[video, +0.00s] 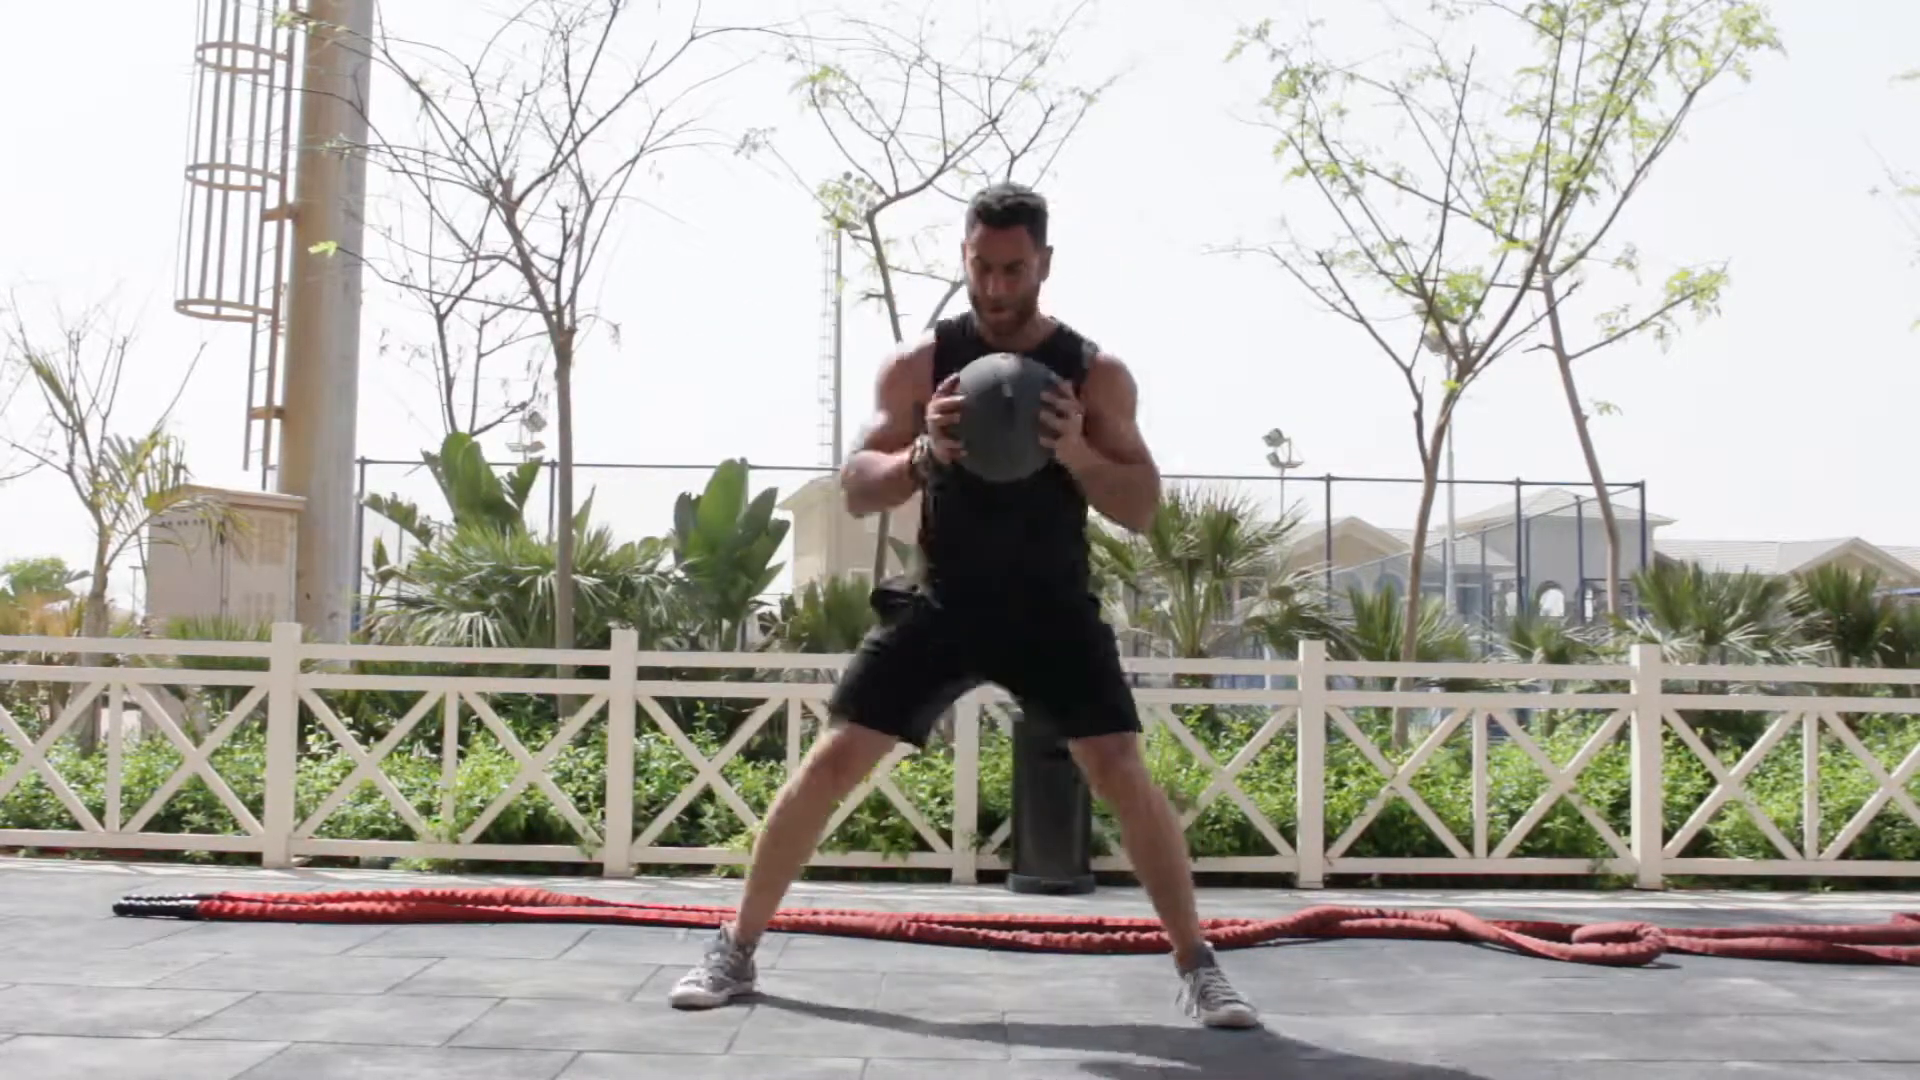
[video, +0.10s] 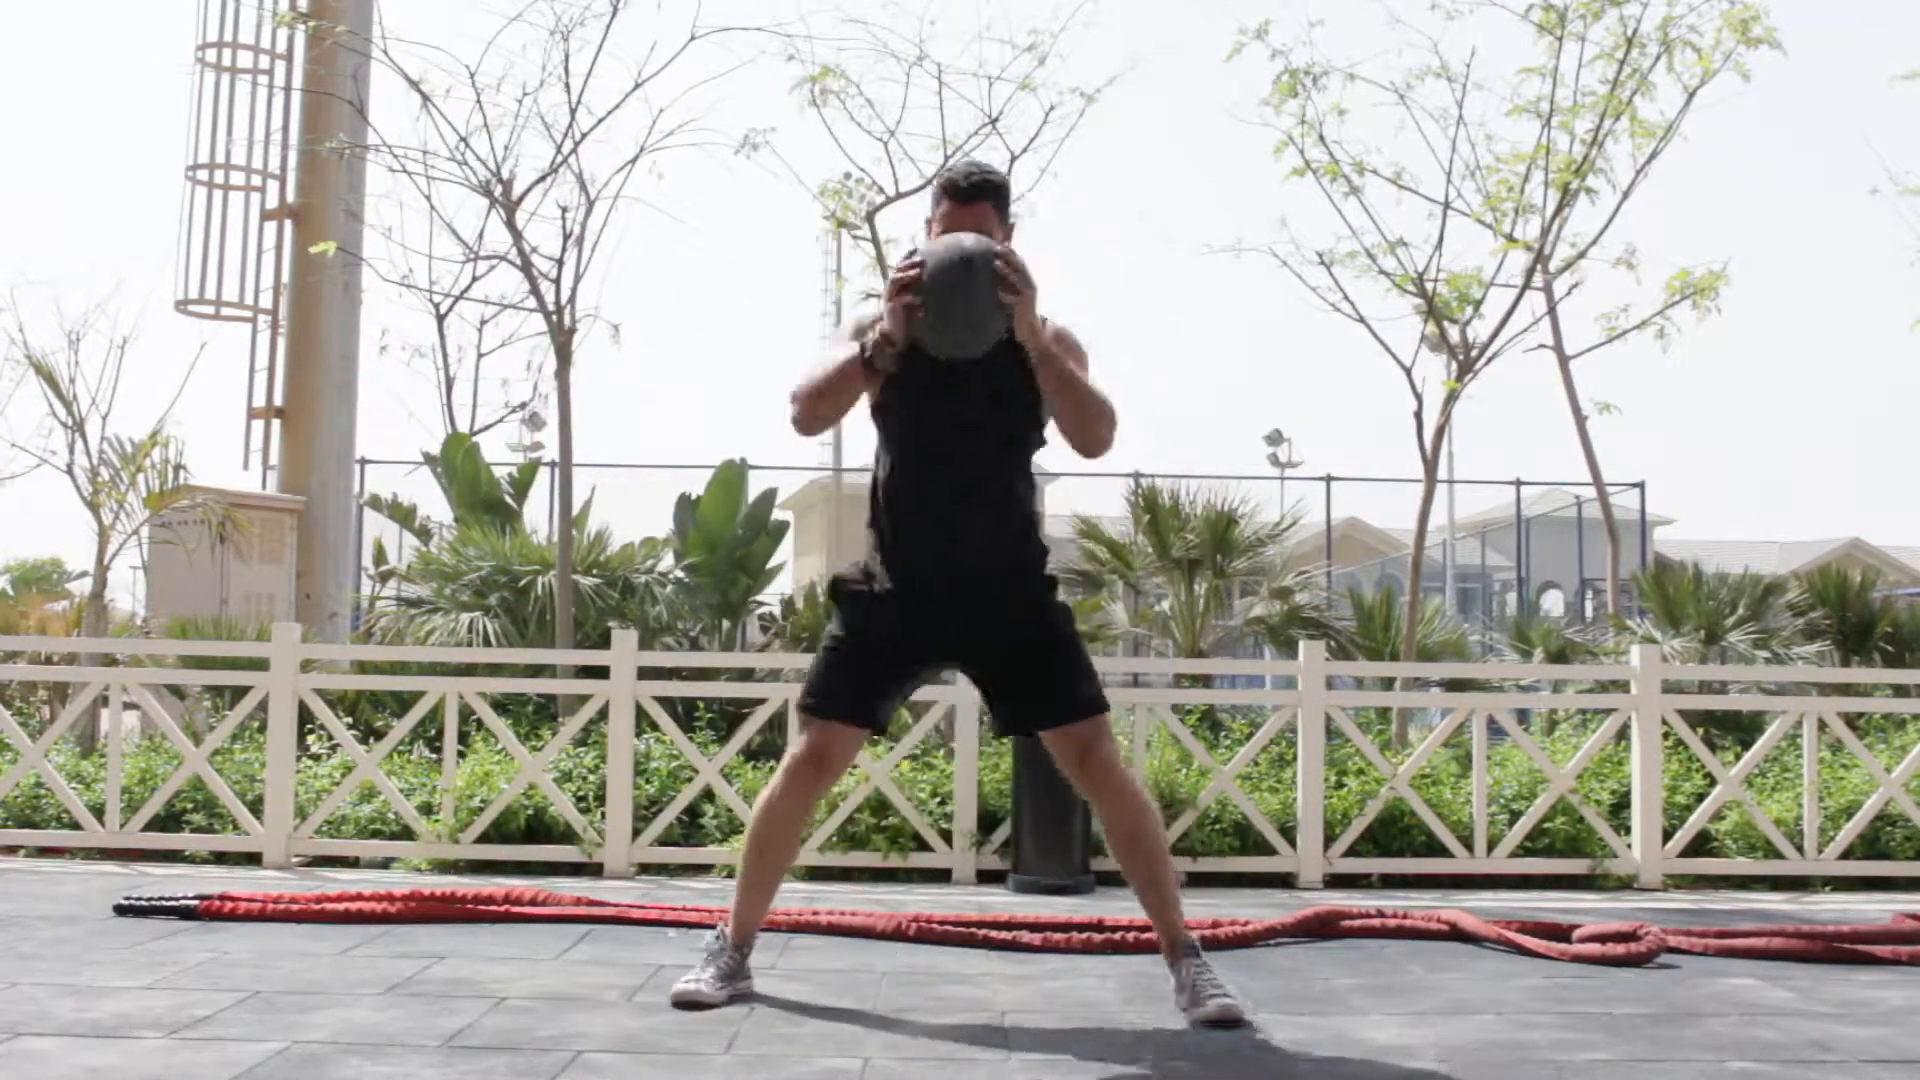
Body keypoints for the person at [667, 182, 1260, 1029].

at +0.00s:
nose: (996, 288)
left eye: (1014, 269)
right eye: (982, 268)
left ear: (1045, 265)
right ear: (962, 264)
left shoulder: (1096, 376)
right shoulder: (917, 370)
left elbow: (1140, 506)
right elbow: (859, 489)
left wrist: (1076, 451)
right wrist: (921, 457)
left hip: (1056, 616)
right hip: (945, 612)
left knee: (1121, 769)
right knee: (836, 757)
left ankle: (1199, 969)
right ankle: (735, 949)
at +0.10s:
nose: (966, 249)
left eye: (984, 237)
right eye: (950, 234)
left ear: (1010, 244)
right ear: (925, 239)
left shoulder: (1041, 335)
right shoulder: (886, 328)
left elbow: (1095, 438)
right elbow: (806, 414)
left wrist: (1032, 334)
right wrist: (882, 344)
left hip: (1011, 595)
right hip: (898, 592)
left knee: (1094, 759)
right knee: (810, 757)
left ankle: (1187, 961)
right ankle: (730, 951)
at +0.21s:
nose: (940, 241)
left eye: (954, 227)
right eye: (927, 227)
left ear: (979, 230)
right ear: (903, 229)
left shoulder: (1012, 322)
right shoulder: (863, 313)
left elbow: (1079, 302)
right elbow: (801, 293)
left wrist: (1019, 182)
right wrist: (870, 186)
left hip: (989, 583)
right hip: (876, 581)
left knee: (1070, 754)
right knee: (803, 755)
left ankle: (1146, 954)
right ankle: (731, 952)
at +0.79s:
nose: (941, 256)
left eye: (957, 239)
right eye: (924, 240)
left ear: (984, 243)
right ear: (896, 241)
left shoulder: (1013, 325)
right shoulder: (874, 315)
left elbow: (1040, 402)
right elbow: (825, 367)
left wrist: (1012, 270)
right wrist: (858, 260)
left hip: (999, 583)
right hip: (889, 579)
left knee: (1070, 757)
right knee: (811, 752)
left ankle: (1140, 961)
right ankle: (733, 950)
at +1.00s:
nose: (945, 278)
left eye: (960, 262)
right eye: (930, 262)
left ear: (984, 249)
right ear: (905, 246)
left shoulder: (1029, 348)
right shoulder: (856, 348)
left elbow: (1066, 467)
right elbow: (812, 460)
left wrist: (1095, 576)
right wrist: (802, 572)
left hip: (999, 592)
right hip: (883, 588)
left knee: (1067, 756)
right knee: (812, 754)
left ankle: (1138, 956)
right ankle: (731, 950)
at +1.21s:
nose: (933, 348)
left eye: (949, 330)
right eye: (918, 330)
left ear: (976, 307)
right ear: (891, 306)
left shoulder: (1026, 387)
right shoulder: (845, 388)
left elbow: (1067, 509)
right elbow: (802, 514)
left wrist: (1070, 635)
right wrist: (810, 641)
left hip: (999, 604)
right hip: (888, 602)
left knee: (1085, 750)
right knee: (797, 738)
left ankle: (1138, 959)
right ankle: (731, 947)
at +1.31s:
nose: (928, 454)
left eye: (944, 439)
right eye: (913, 437)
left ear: (971, 411)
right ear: (891, 408)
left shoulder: (1017, 476)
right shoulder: (846, 486)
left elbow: (1038, 626)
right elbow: (820, 630)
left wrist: (1023, 765)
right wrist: (835, 762)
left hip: (993, 645)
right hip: (884, 644)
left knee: (1097, 746)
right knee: (774, 745)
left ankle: (1137, 957)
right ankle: (729, 952)